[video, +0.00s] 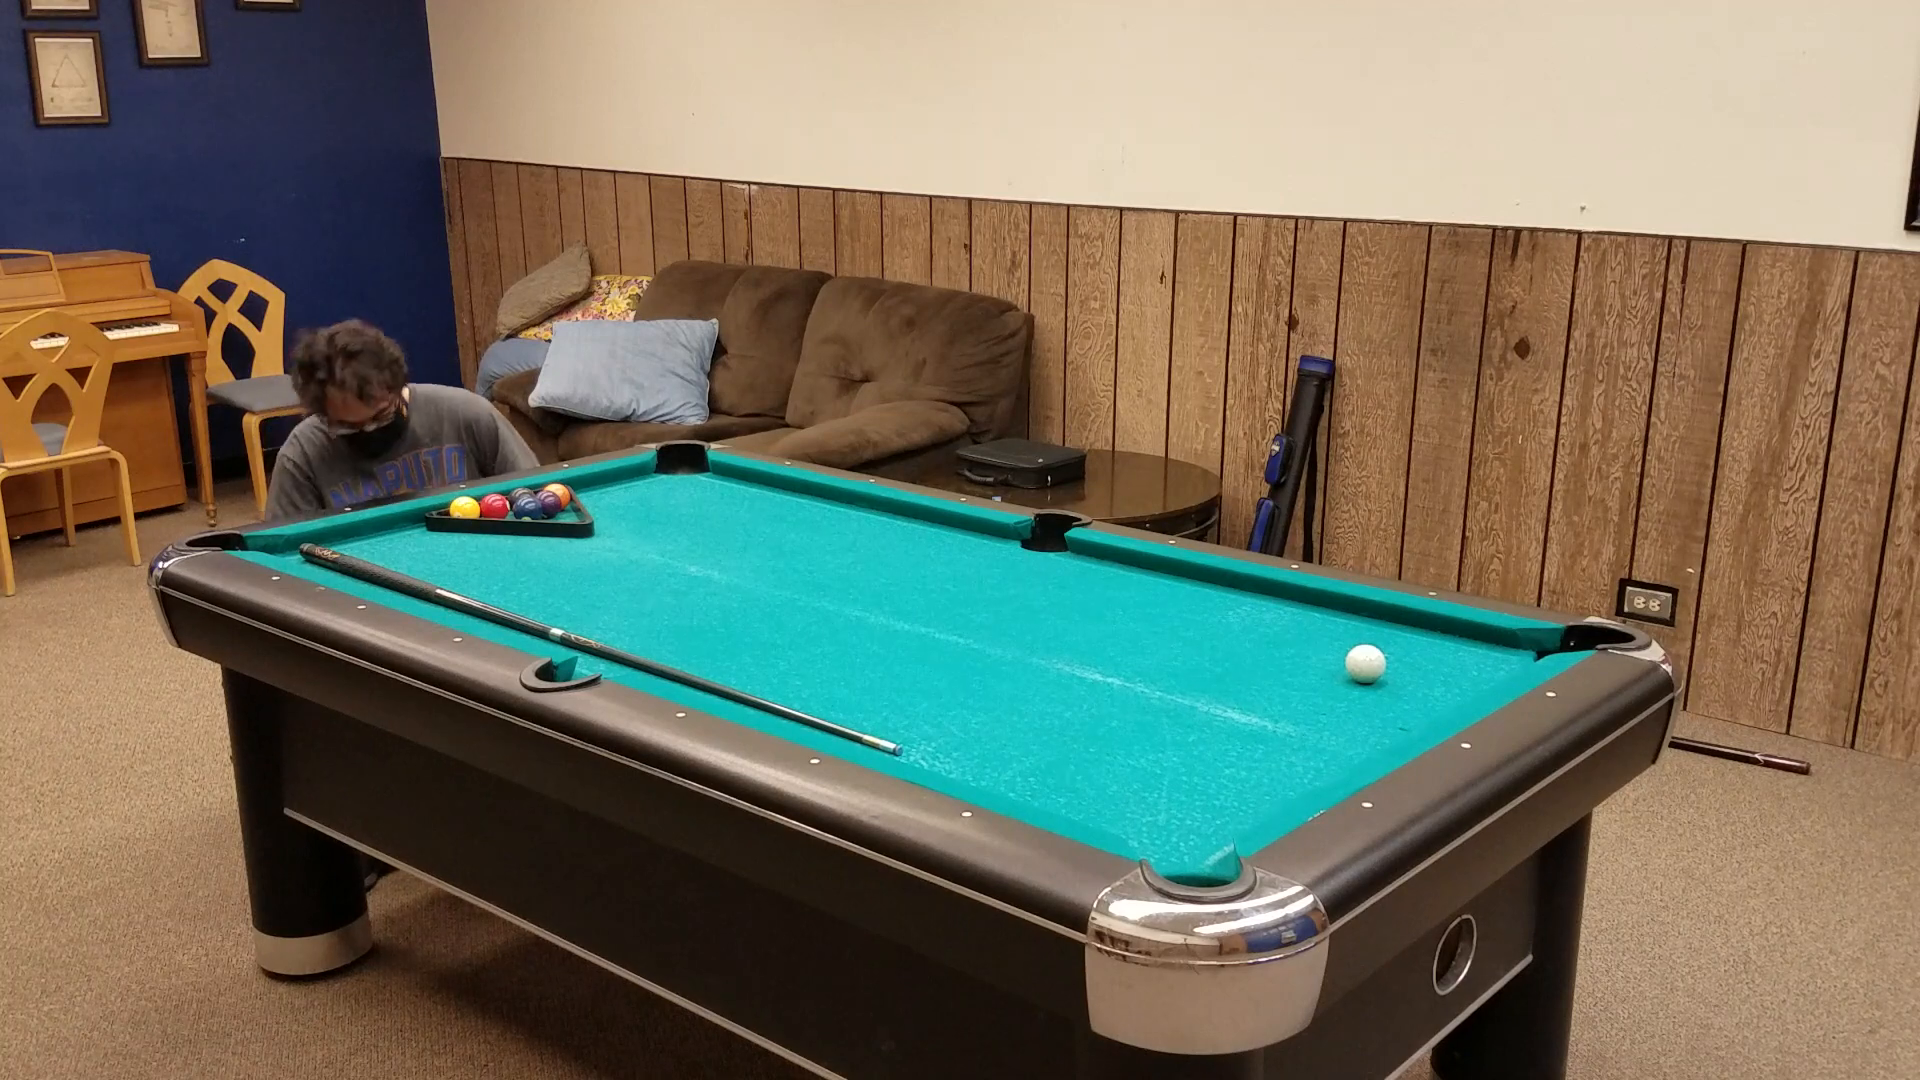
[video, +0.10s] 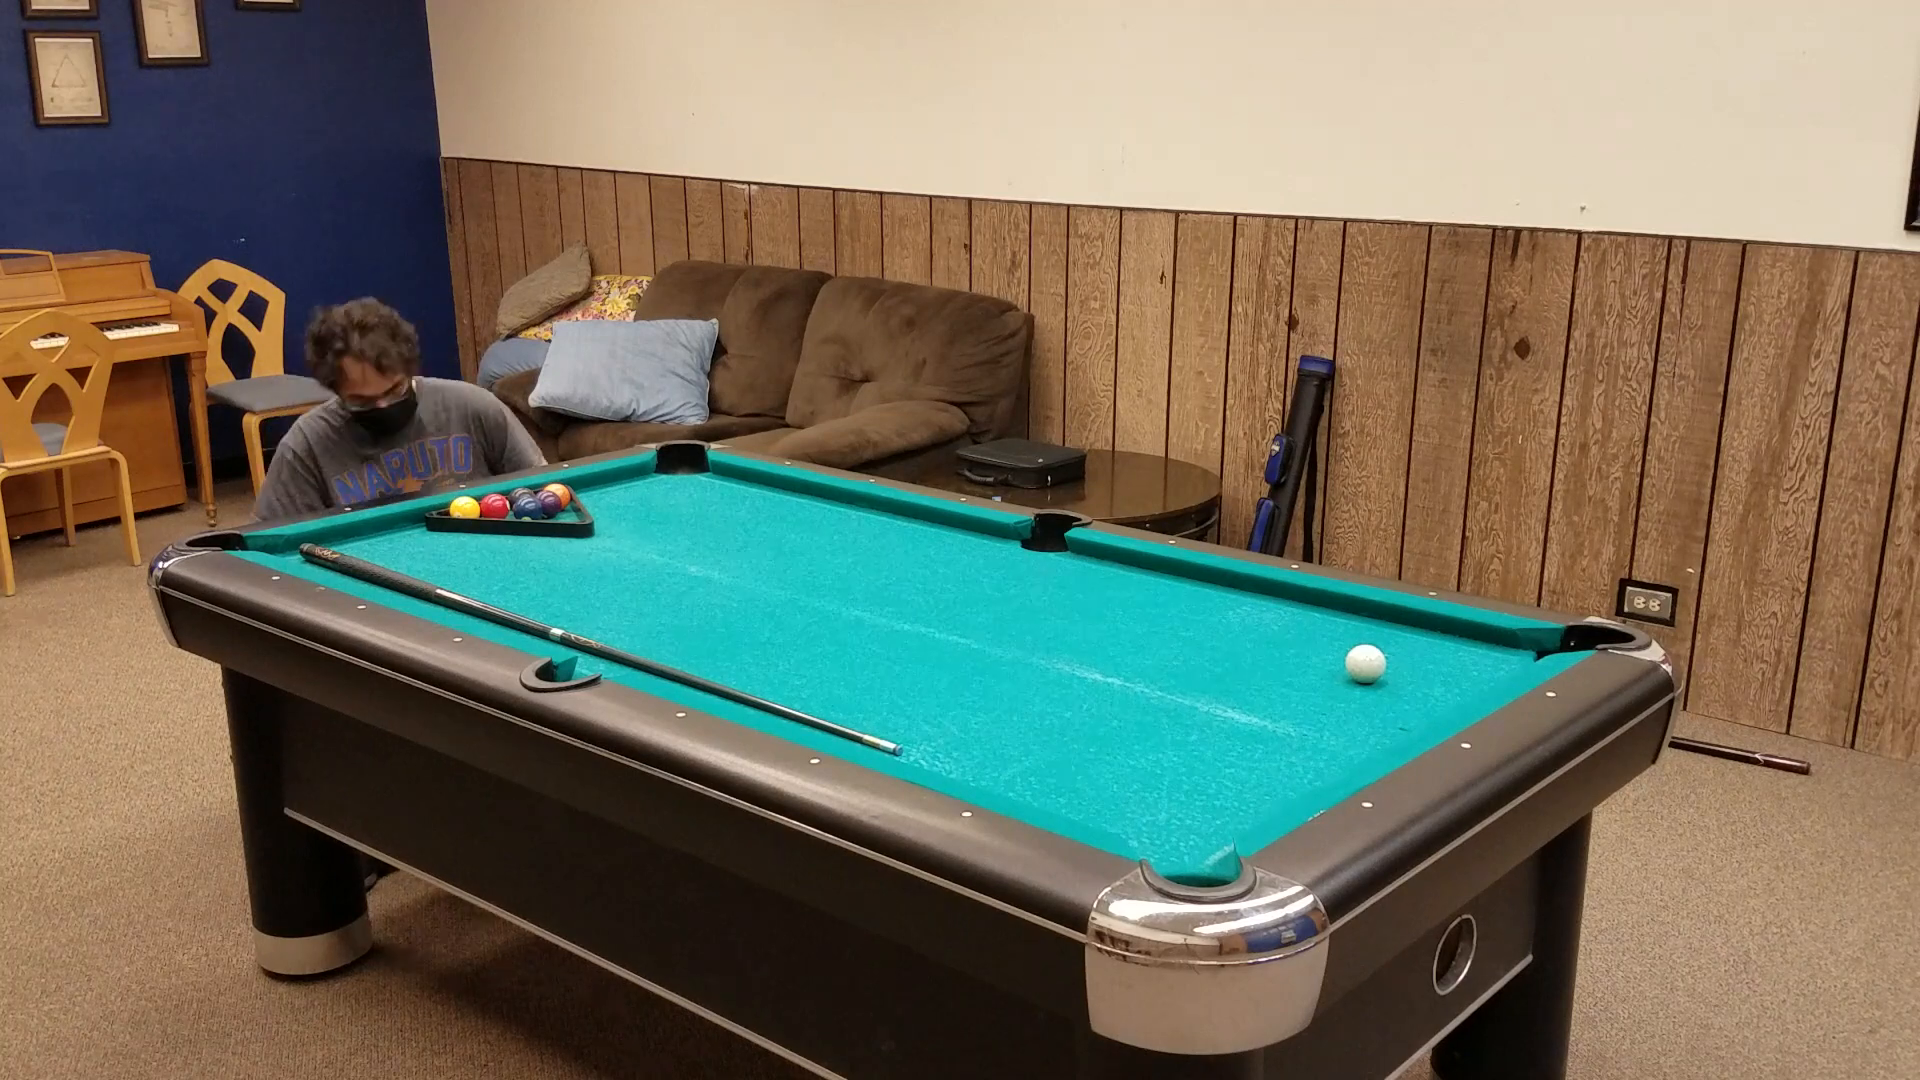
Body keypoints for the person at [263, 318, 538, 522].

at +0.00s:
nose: (367, 435)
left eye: (379, 418)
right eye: (348, 427)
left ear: (398, 388)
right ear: (320, 411)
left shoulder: (468, 415)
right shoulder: (303, 454)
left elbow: (536, 497)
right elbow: (281, 555)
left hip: (478, 571)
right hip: (365, 589)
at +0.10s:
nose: (384, 409)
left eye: (394, 390)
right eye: (362, 401)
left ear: (410, 367)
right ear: (335, 387)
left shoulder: (475, 409)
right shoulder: (306, 448)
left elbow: (545, 495)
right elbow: (269, 554)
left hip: (487, 569)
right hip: (370, 590)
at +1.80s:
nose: (474, 338)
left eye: (483, 326)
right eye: (457, 324)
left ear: (491, 328)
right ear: (412, 328)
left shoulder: (495, 381)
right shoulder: (366, 403)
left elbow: (566, 431)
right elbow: (354, 483)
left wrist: (584, 458)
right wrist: (416, 449)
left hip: (507, 547)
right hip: (416, 563)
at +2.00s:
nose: (472, 334)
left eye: (481, 322)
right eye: (455, 321)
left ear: (491, 323)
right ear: (411, 328)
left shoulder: (493, 381)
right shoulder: (372, 401)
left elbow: (569, 431)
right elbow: (410, 462)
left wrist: (582, 461)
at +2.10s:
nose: (475, 332)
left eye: (483, 320)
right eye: (457, 320)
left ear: (492, 323)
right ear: (413, 329)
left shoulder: (492, 380)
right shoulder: (375, 402)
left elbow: (567, 431)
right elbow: (414, 465)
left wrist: (585, 465)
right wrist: (511, 478)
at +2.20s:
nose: (475, 333)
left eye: (483, 321)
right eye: (457, 320)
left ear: (492, 323)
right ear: (413, 329)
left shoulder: (493, 381)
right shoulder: (374, 402)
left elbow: (567, 430)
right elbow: (408, 468)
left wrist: (585, 463)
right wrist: (503, 480)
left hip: (498, 553)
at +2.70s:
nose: (466, 333)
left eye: (474, 320)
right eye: (448, 321)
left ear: (484, 322)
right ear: (404, 330)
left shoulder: (490, 380)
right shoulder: (366, 404)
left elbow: (565, 430)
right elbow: (384, 473)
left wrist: (585, 457)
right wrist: (477, 468)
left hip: (502, 552)